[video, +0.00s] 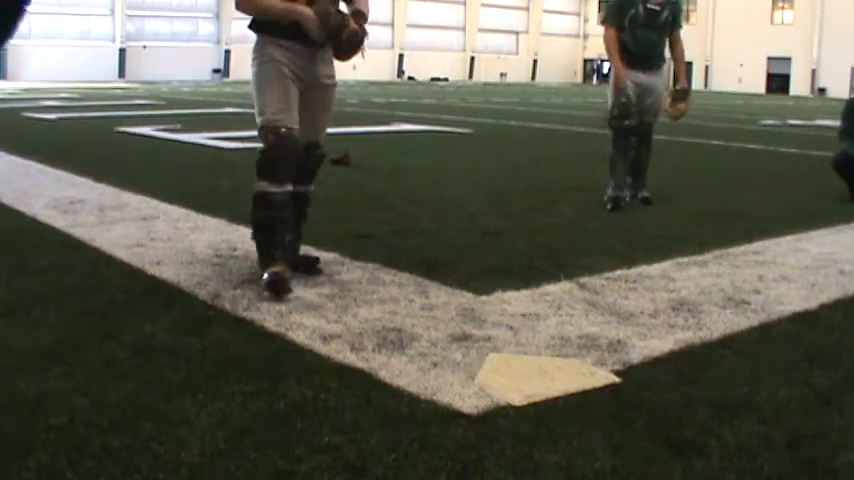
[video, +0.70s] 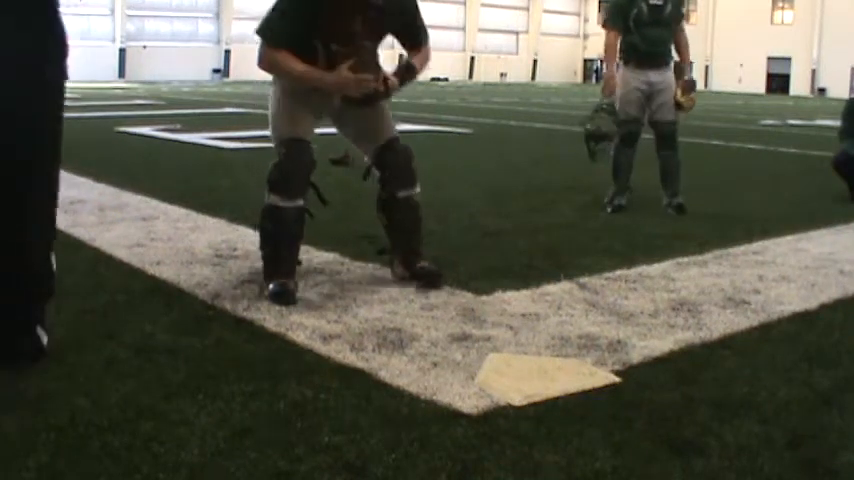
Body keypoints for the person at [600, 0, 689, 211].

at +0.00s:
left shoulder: (673, 4)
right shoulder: (621, 3)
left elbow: (675, 39)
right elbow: (610, 33)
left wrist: (682, 80)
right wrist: (619, 73)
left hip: (656, 74)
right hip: (625, 71)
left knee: (645, 134)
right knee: (621, 132)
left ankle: (640, 187)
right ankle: (617, 189)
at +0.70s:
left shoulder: (673, 4)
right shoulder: (622, 4)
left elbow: (678, 33)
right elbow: (612, 35)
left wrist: (686, 73)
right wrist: (609, 75)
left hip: (663, 73)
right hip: (631, 73)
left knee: (667, 137)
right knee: (627, 136)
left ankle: (672, 196)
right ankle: (619, 193)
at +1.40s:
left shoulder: (698, 5)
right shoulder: (645, 3)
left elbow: (707, 42)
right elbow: (631, 31)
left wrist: (709, 81)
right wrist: (625, 65)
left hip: (675, 77)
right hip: (641, 72)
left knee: (671, 138)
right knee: (626, 133)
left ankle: (673, 197)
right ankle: (619, 188)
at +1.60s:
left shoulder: (687, 4)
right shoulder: (635, 3)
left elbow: (703, 33)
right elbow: (622, 35)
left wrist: (710, 67)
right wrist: (621, 69)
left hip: (668, 77)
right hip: (635, 75)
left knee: (668, 139)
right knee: (626, 139)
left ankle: (673, 197)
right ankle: (619, 189)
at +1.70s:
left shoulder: (679, 4)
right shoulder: (627, 3)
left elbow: (697, 30)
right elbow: (617, 34)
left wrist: (705, 62)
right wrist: (616, 70)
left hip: (662, 77)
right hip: (629, 75)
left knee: (665, 138)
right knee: (623, 137)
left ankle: (673, 196)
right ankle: (619, 189)